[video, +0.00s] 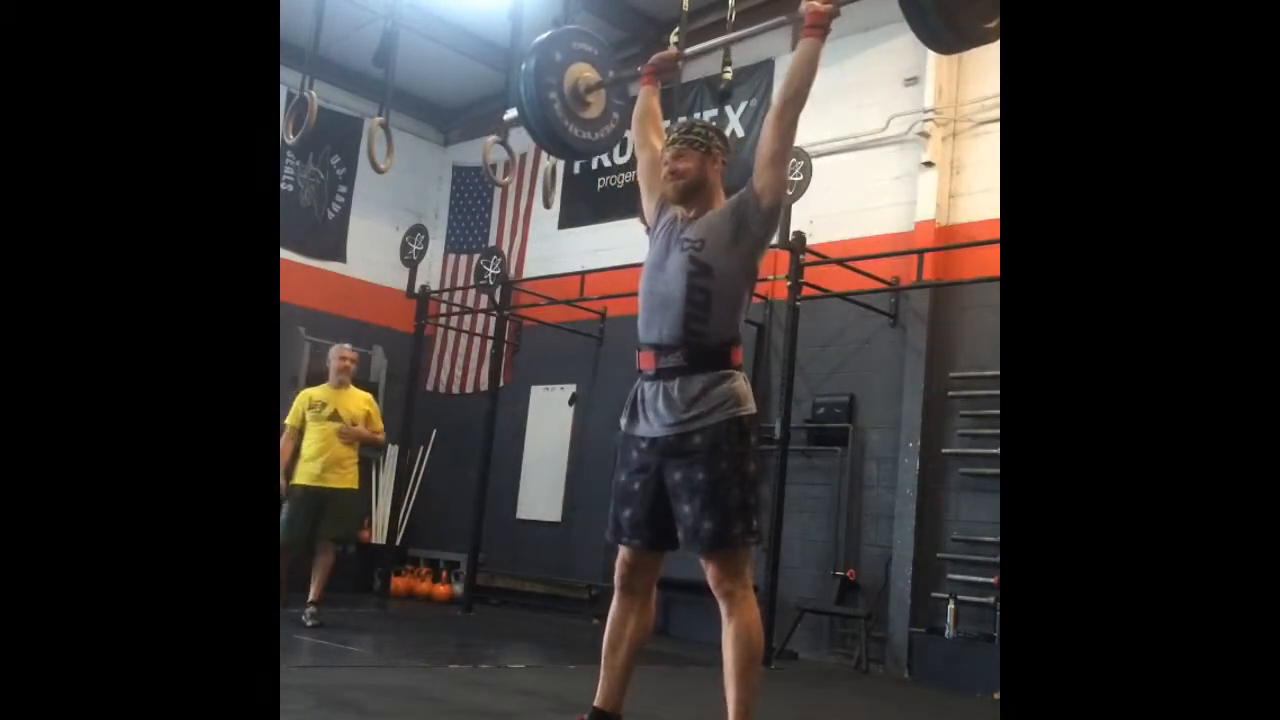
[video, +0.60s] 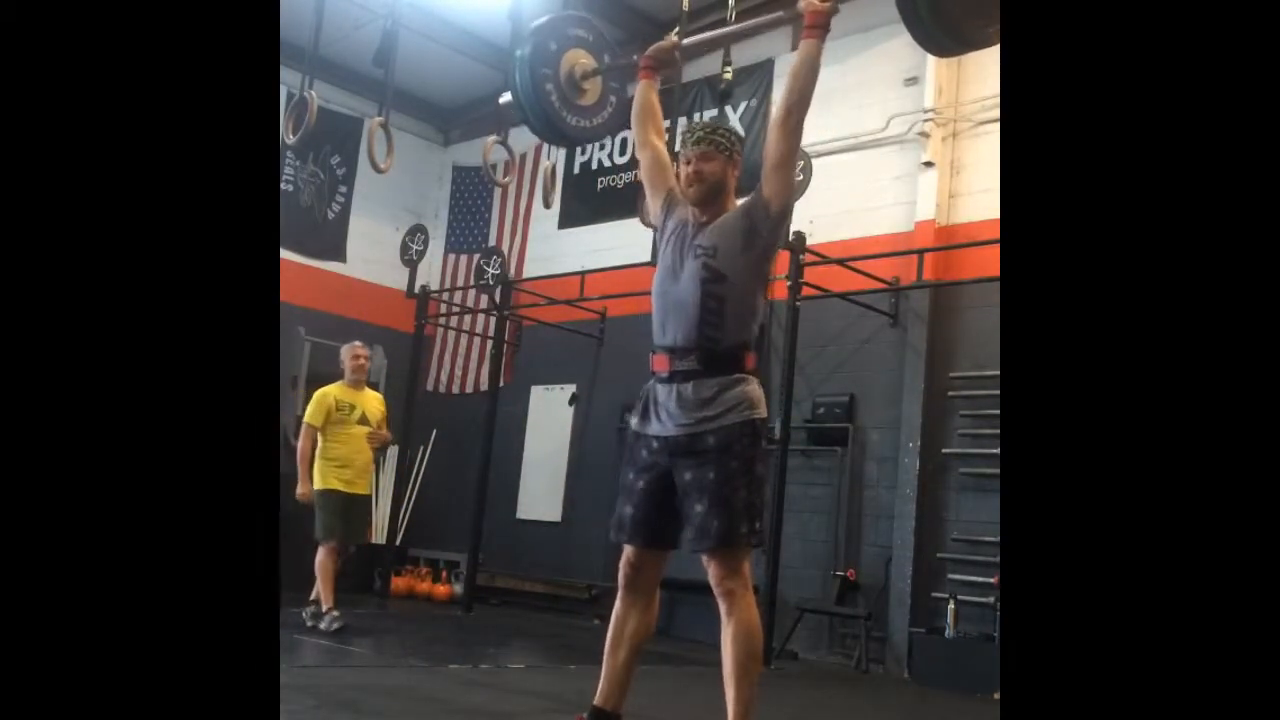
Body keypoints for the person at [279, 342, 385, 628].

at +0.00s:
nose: (347, 364)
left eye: (351, 361)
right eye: (342, 359)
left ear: (356, 367)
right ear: (329, 363)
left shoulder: (366, 401)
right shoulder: (307, 396)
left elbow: (381, 438)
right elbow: (290, 436)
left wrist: (361, 435)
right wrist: (282, 473)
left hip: (342, 488)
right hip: (304, 483)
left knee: (327, 545)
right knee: (286, 542)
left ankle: (312, 604)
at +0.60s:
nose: (361, 362)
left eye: (365, 358)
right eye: (355, 358)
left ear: (370, 364)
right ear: (343, 363)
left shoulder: (377, 400)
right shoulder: (326, 395)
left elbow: (385, 436)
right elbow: (306, 437)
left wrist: (384, 438)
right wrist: (303, 480)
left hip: (361, 486)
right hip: (330, 482)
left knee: (341, 547)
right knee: (329, 544)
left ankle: (314, 604)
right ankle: (327, 610)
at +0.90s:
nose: (363, 357)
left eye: (366, 352)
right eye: (356, 353)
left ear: (372, 356)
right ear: (345, 360)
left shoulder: (383, 392)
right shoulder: (335, 393)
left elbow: (387, 430)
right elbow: (320, 438)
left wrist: (394, 432)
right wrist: (328, 478)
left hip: (369, 485)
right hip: (340, 482)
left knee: (354, 546)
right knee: (333, 544)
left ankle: (320, 598)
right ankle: (330, 612)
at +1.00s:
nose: (365, 357)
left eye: (369, 352)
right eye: (359, 354)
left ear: (375, 356)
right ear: (347, 360)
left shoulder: (385, 390)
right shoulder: (338, 393)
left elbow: (392, 427)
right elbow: (323, 440)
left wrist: (398, 431)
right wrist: (334, 480)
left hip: (373, 485)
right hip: (344, 483)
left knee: (367, 545)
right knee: (336, 546)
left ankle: (326, 594)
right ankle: (329, 610)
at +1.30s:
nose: (381, 359)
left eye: (385, 354)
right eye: (375, 354)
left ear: (390, 357)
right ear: (362, 359)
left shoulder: (395, 390)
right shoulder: (350, 393)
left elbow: (397, 424)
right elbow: (335, 441)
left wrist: (408, 431)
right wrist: (339, 485)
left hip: (388, 487)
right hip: (354, 486)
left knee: (395, 544)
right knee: (339, 548)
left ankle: (381, 612)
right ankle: (331, 613)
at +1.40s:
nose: (389, 360)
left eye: (393, 354)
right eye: (383, 355)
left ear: (398, 358)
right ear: (370, 359)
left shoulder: (402, 392)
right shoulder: (356, 393)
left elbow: (402, 429)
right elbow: (340, 442)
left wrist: (412, 435)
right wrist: (342, 485)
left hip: (393, 486)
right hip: (359, 487)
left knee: (399, 548)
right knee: (342, 550)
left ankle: (407, 612)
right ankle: (333, 612)